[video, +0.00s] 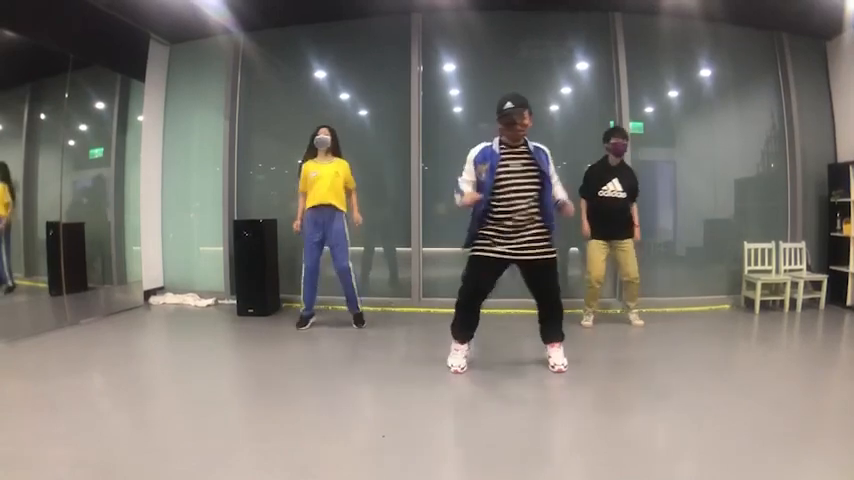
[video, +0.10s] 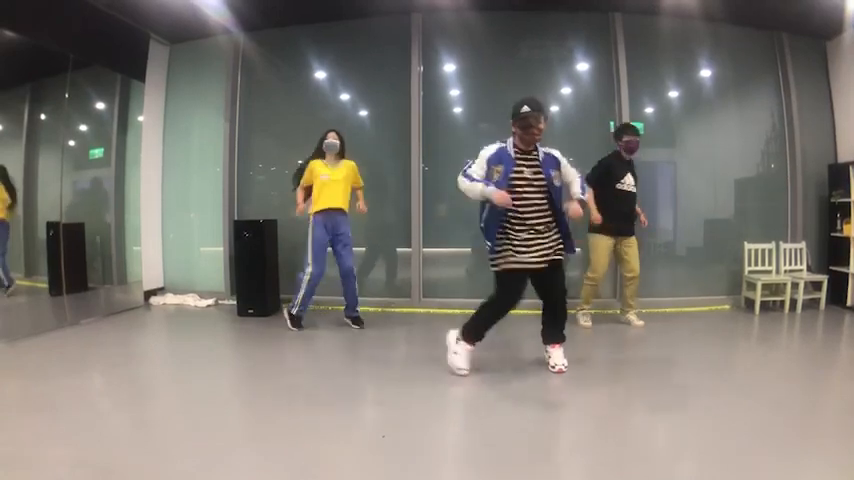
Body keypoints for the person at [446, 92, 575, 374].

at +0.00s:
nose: (517, 128)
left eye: (521, 122)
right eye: (511, 123)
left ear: (529, 120)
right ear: (500, 124)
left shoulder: (541, 153)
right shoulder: (480, 154)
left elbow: (554, 185)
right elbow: (463, 190)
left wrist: (563, 200)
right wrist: (467, 197)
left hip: (534, 239)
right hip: (492, 239)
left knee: (549, 293)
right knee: (471, 292)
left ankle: (555, 346)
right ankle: (460, 345)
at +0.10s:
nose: (536, 132)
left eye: (539, 126)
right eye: (529, 127)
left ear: (544, 125)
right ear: (514, 127)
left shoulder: (553, 158)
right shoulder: (494, 154)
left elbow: (576, 182)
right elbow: (466, 180)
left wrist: (576, 200)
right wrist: (490, 192)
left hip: (546, 240)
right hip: (511, 242)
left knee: (556, 295)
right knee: (508, 297)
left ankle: (554, 345)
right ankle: (463, 340)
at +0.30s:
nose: (554, 139)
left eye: (557, 133)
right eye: (547, 134)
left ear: (560, 134)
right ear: (530, 134)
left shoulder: (561, 172)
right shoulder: (509, 160)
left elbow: (574, 203)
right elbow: (480, 184)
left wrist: (570, 235)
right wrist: (501, 217)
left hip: (548, 248)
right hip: (516, 248)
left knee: (556, 300)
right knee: (520, 300)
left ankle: (553, 347)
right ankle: (479, 347)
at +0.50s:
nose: (556, 140)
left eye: (560, 134)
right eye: (549, 134)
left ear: (566, 135)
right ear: (534, 134)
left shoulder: (565, 175)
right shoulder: (513, 161)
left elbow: (566, 209)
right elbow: (497, 201)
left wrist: (564, 227)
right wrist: (487, 244)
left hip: (544, 252)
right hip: (509, 250)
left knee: (556, 301)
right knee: (493, 299)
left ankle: (553, 348)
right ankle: (476, 347)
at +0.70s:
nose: (544, 128)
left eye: (548, 123)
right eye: (538, 123)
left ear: (553, 125)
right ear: (524, 123)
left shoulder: (558, 167)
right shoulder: (499, 148)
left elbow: (555, 210)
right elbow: (477, 179)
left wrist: (565, 209)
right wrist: (482, 217)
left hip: (528, 246)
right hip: (491, 238)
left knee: (539, 299)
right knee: (472, 295)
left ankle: (548, 349)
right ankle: (470, 348)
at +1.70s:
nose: (503, 117)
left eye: (509, 111)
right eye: (497, 112)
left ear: (521, 114)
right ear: (489, 117)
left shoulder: (538, 149)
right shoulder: (481, 155)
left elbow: (545, 192)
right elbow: (475, 198)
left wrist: (545, 232)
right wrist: (470, 236)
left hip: (528, 239)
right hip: (490, 240)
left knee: (542, 296)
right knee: (486, 298)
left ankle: (550, 346)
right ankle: (485, 350)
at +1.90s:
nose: (497, 129)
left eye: (503, 123)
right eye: (491, 123)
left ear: (514, 124)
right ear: (483, 125)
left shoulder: (524, 156)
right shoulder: (476, 158)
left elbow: (550, 194)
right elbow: (473, 195)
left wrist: (509, 213)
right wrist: (465, 214)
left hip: (521, 246)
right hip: (482, 245)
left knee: (548, 296)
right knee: (456, 293)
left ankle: (576, 344)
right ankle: (448, 344)